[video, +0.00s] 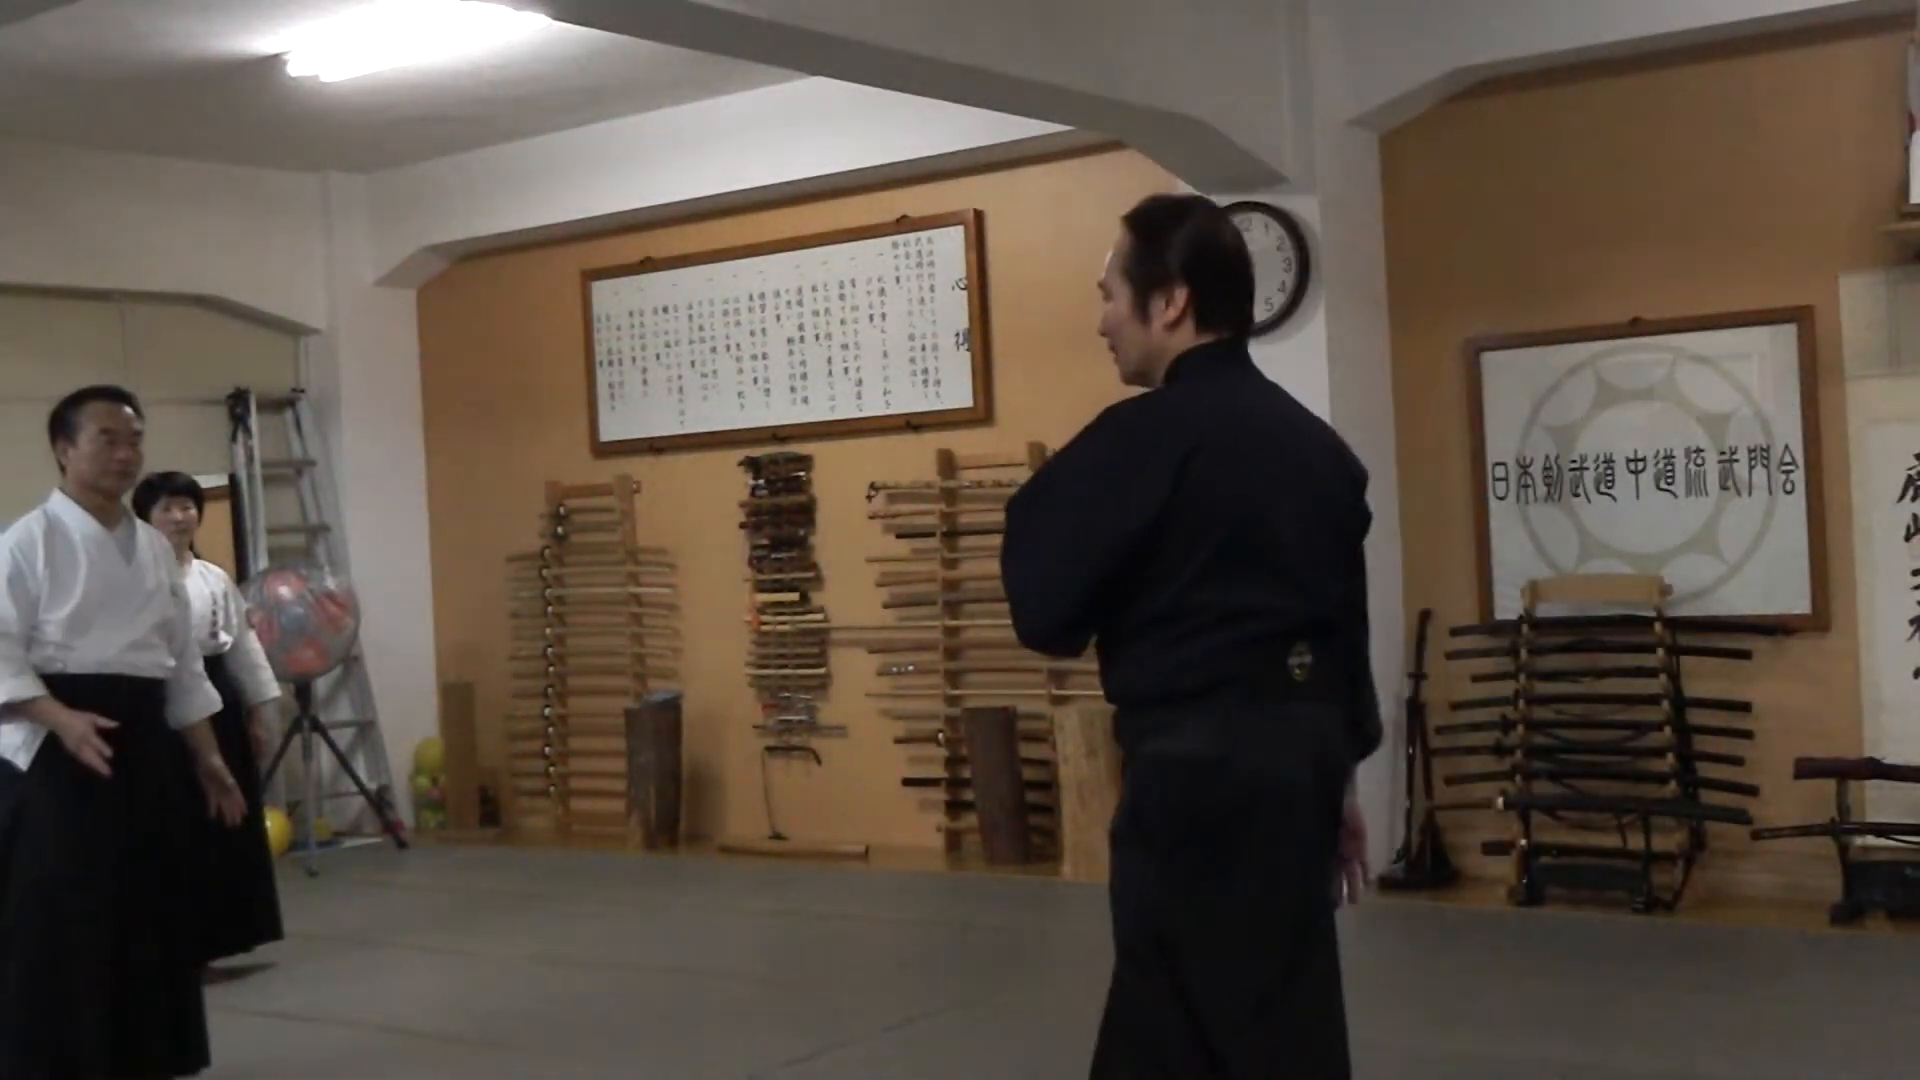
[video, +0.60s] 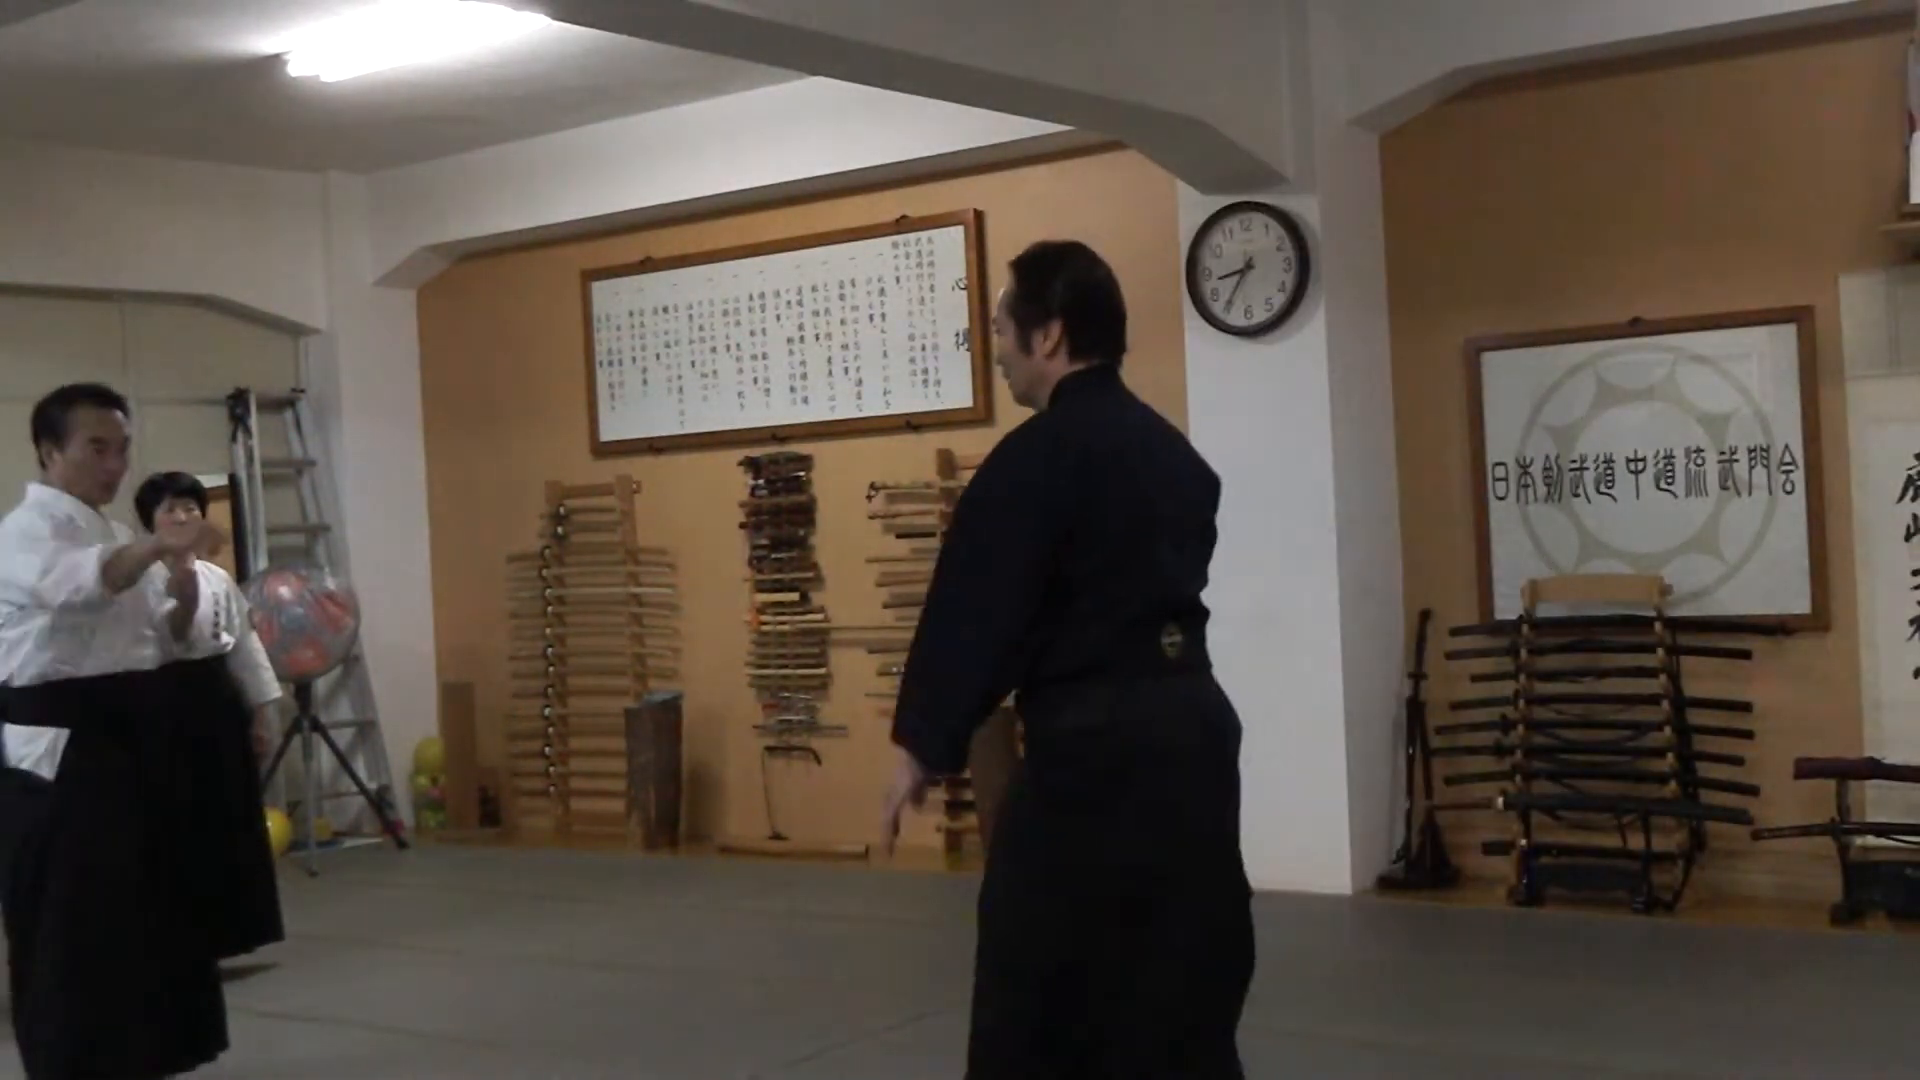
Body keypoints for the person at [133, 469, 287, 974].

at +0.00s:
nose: (180, 515)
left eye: (188, 506)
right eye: (168, 508)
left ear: (199, 516)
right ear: (146, 520)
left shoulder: (215, 579)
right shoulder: (138, 578)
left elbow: (241, 645)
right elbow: (131, 655)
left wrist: (261, 708)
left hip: (215, 699)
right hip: (157, 707)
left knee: (222, 818)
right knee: (169, 823)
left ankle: (217, 941)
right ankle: (179, 945)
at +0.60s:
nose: (183, 516)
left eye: (191, 508)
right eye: (170, 509)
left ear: (204, 518)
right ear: (148, 522)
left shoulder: (217, 579)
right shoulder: (141, 581)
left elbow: (243, 643)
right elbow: (136, 656)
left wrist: (263, 707)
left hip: (217, 704)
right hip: (160, 711)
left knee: (226, 816)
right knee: (174, 826)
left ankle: (230, 930)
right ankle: (184, 936)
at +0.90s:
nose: (184, 523)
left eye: (193, 512)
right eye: (171, 514)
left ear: (206, 519)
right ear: (148, 523)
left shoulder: (219, 581)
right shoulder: (137, 582)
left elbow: (244, 644)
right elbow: (129, 652)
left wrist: (265, 708)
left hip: (217, 698)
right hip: (160, 703)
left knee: (223, 813)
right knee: (169, 821)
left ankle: (227, 929)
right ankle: (174, 935)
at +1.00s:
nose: (186, 522)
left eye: (195, 512)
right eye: (173, 513)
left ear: (207, 519)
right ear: (148, 523)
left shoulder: (219, 580)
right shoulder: (137, 583)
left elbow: (245, 644)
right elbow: (131, 654)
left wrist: (265, 707)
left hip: (218, 700)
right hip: (160, 704)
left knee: (224, 814)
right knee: (169, 821)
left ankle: (222, 934)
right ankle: (176, 938)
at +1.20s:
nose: (190, 518)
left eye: (197, 510)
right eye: (177, 510)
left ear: (208, 520)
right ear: (154, 522)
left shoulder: (221, 582)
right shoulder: (141, 583)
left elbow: (247, 644)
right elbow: (134, 656)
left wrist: (267, 708)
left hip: (220, 706)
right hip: (162, 711)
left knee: (227, 817)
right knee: (174, 826)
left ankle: (226, 934)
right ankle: (185, 939)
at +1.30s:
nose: (191, 518)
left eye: (198, 509)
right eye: (179, 510)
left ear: (208, 520)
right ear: (156, 521)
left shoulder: (222, 581)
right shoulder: (143, 581)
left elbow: (249, 646)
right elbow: (132, 650)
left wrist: (268, 712)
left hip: (221, 703)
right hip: (158, 708)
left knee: (229, 818)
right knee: (172, 825)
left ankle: (228, 934)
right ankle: (178, 939)